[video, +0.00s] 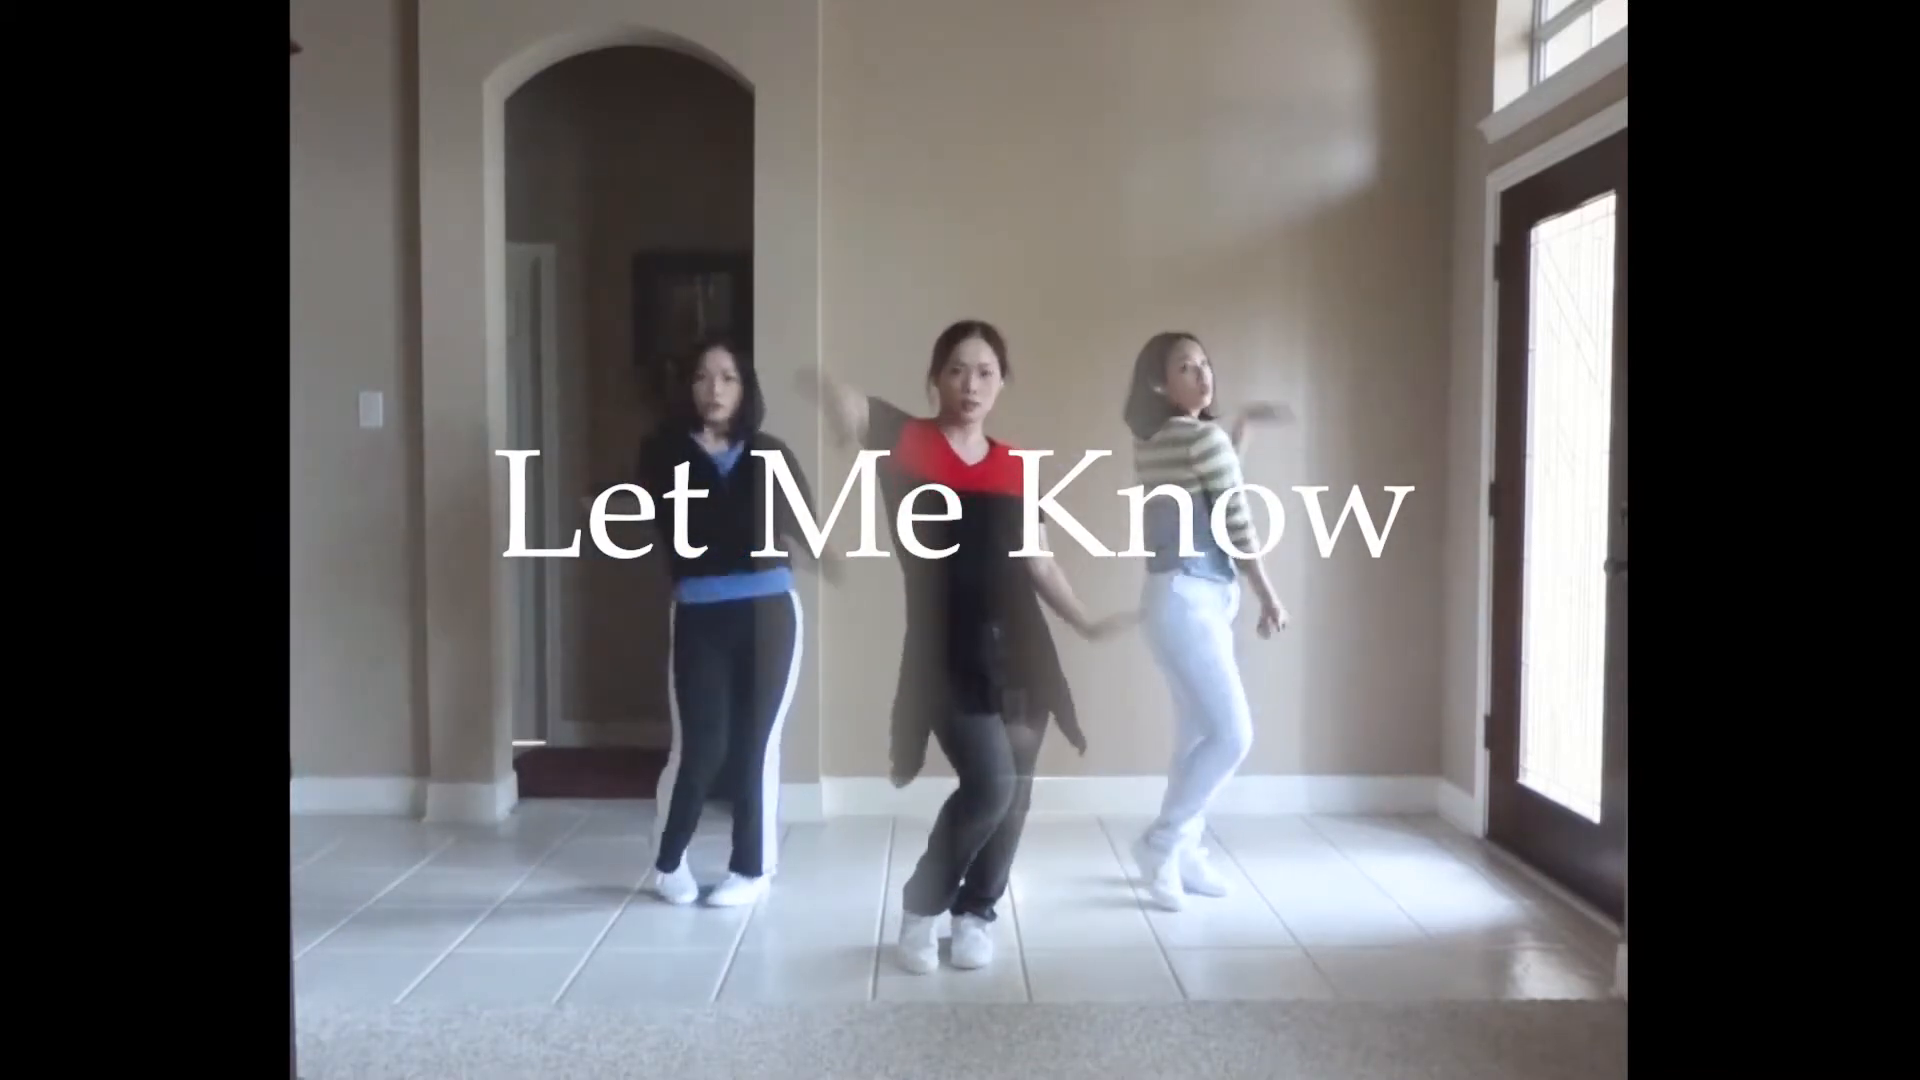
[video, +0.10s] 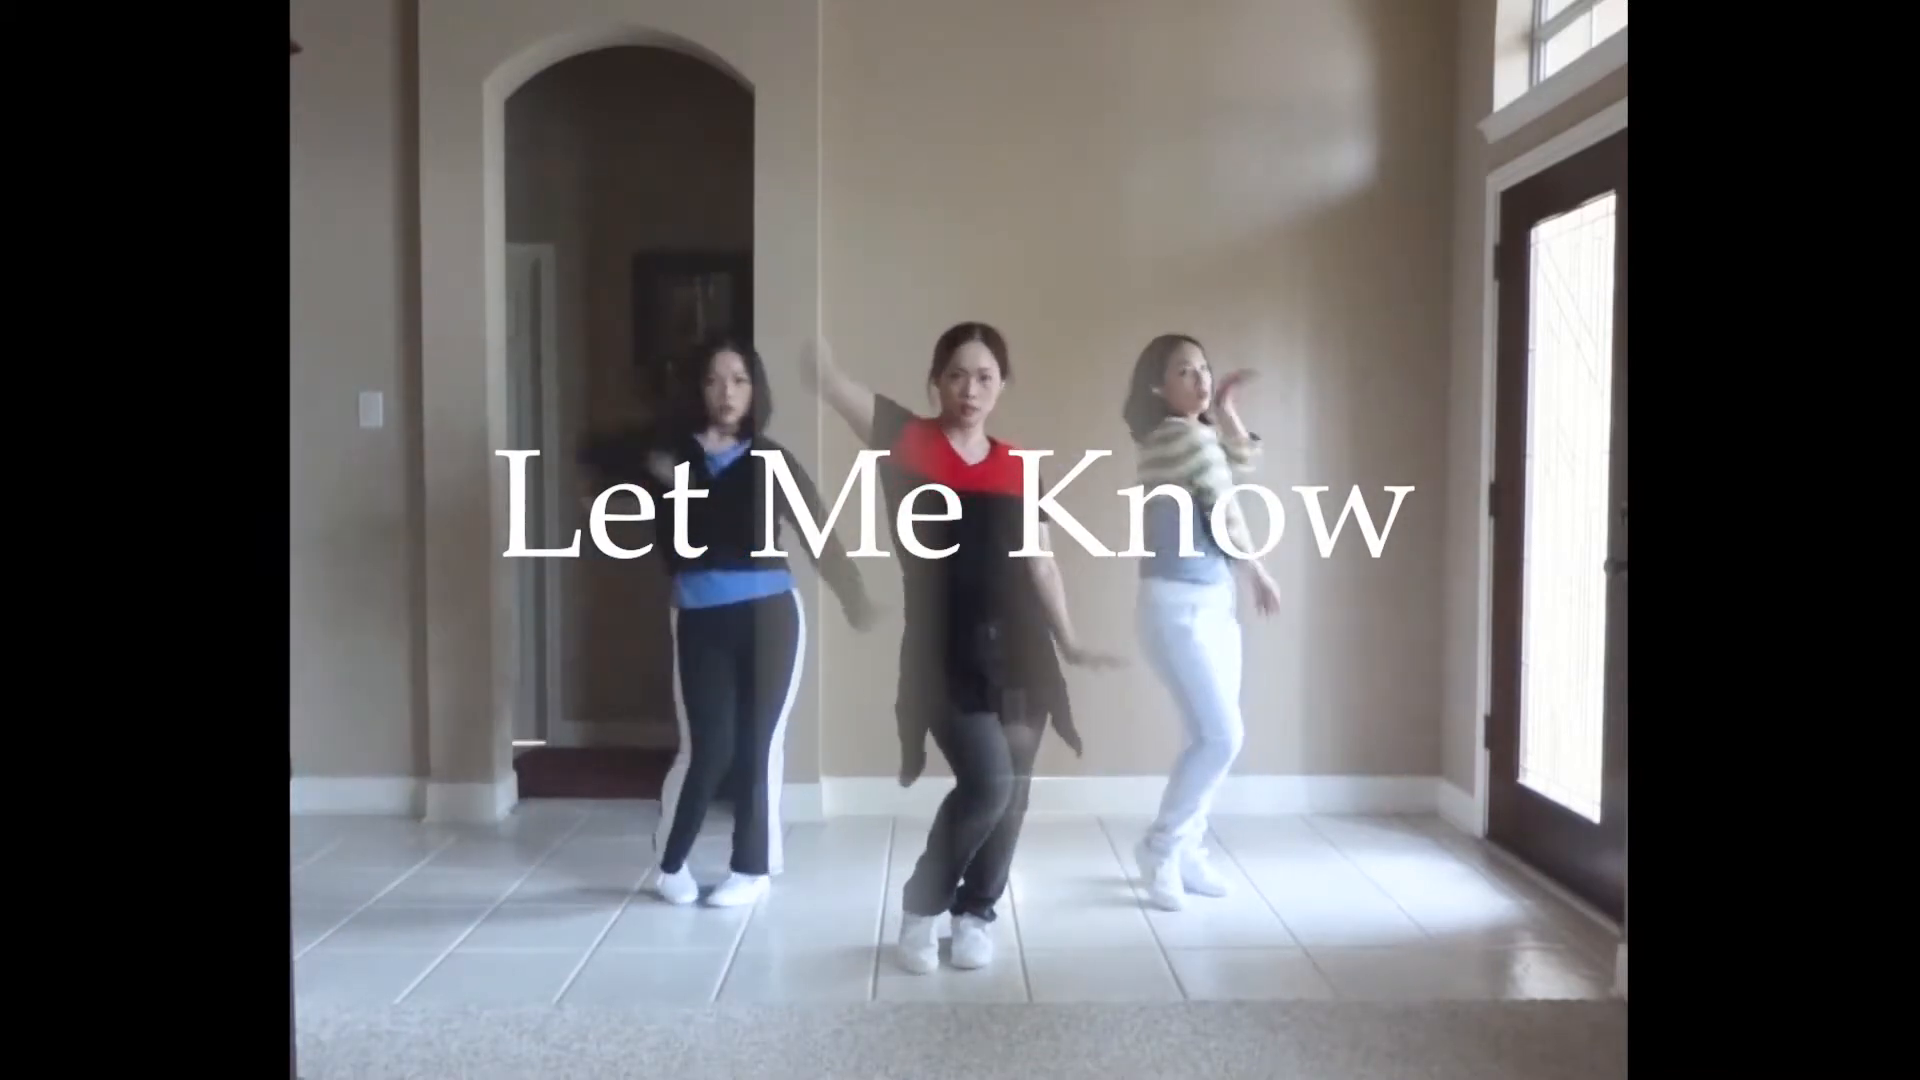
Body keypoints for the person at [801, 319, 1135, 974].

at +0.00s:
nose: (970, 382)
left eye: (984, 372)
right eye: (957, 370)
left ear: (1001, 384)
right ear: (936, 379)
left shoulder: (1015, 467)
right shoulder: (908, 442)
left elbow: (1038, 558)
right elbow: (852, 410)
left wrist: (1085, 619)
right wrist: (836, 396)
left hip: (1017, 643)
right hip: (944, 644)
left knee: (1015, 789)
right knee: (991, 784)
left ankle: (976, 917)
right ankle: (922, 907)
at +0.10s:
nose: (969, 387)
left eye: (983, 376)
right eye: (957, 374)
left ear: (1001, 386)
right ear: (936, 382)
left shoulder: (1018, 467)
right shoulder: (908, 442)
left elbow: (1040, 560)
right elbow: (828, 380)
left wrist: (1069, 640)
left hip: (1018, 646)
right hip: (942, 647)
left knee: (1012, 791)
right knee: (990, 782)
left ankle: (976, 916)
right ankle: (923, 907)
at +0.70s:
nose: (973, 370)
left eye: (987, 359)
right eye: (962, 358)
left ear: (1006, 368)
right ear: (939, 365)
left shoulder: (1032, 437)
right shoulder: (908, 431)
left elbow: (1061, 516)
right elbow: (826, 422)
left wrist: (1087, 586)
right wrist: (840, 349)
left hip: (998, 626)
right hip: (923, 626)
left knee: (990, 780)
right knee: (919, 778)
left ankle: (975, 908)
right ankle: (927, 860)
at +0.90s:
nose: (963, 371)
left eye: (977, 360)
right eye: (951, 358)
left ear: (997, 367)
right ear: (931, 364)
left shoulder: (1013, 445)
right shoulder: (897, 419)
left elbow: (1065, 513)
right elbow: (815, 370)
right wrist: (769, 296)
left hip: (988, 619)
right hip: (913, 616)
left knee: (988, 766)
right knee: (919, 753)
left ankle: (991, 906)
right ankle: (928, 857)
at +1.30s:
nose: (940, 397)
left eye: (953, 386)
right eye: (929, 386)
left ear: (974, 393)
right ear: (913, 393)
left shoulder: (995, 468)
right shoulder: (887, 437)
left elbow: (1057, 533)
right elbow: (819, 393)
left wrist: (1111, 557)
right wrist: (820, 334)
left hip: (965, 626)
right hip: (897, 623)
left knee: (967, 758)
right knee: (897, 763)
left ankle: (983, 894)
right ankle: (932, 868)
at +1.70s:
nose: (899, 406)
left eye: (906, 396)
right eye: (900, 395)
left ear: (937, 398)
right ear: (923, 400)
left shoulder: (998, 466)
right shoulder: (897, 454)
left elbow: (1057, 540)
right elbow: (825, 426)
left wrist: (1110, 556)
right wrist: (815, 349)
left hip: (964, 633)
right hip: (898, 629)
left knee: (961, 751)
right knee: (891, 763)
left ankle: (976, 894)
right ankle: (931, 867)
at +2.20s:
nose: (903, 406)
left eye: (910, 396)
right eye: (903, 396)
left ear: (942, 397)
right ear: (930, 399)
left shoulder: (1002, 466)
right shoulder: (900, 454)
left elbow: (1058, 535)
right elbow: (827, 429)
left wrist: (1111, 555)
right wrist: (815, 352)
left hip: (968, 633)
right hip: (904, 630)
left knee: (961, 753)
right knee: (895, 763)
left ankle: (979, 893)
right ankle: (932, 866)